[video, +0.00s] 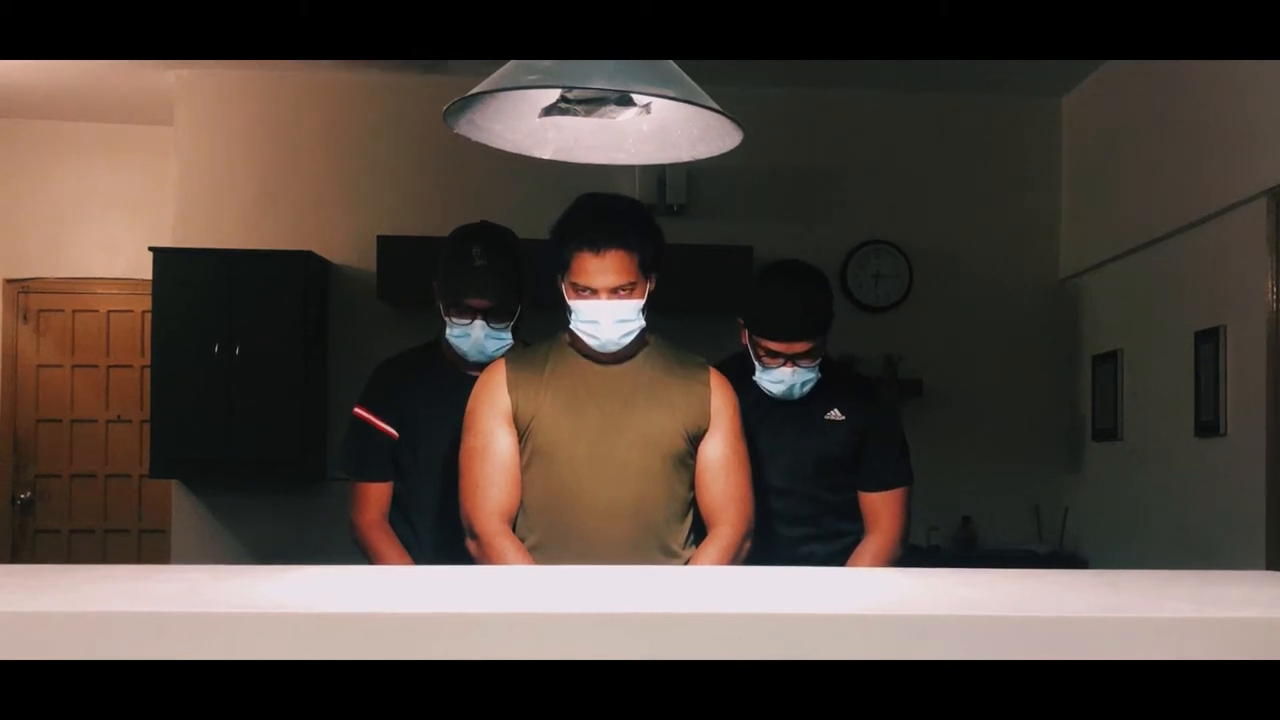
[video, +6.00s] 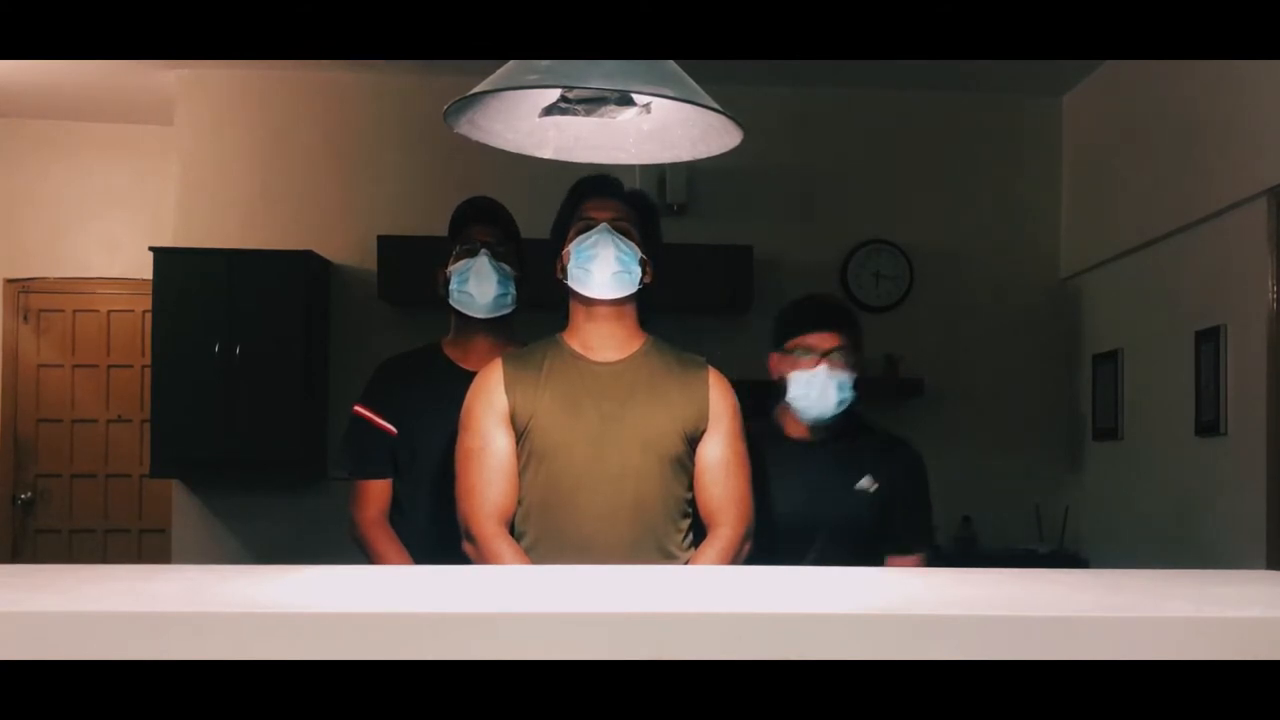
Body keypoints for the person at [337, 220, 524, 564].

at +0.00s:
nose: (479, 332)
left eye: (497, 314)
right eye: (462, 312)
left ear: (518, 308)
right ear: (439, 302)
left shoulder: (534, 382)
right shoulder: (397, 381)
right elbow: (369, 521)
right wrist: (421, 596)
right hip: (423, 585)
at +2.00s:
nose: (480, 309)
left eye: (499, 293)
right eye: (463, 289)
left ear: (518, 297)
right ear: (442, 289)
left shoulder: (538, 385)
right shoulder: (399, 380)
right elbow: (369, 518)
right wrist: (422, 596)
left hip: (515, 592)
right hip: (427, 590)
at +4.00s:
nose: (478, 278)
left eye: (496, 266)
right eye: (463, 262)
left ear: (516, 280)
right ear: (442, 276)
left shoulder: (541, 381)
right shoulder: (397, 379)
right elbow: (368, 519)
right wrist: (422, 600)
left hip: (517, 594)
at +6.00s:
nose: (483, 263)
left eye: (499, 252)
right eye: (468, 250)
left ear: (517, 270)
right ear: (445, 272)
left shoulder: (542, 381)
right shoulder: (398, 379)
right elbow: (370, 518)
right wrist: (421, 598)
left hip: (520, 593)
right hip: (428, 591)